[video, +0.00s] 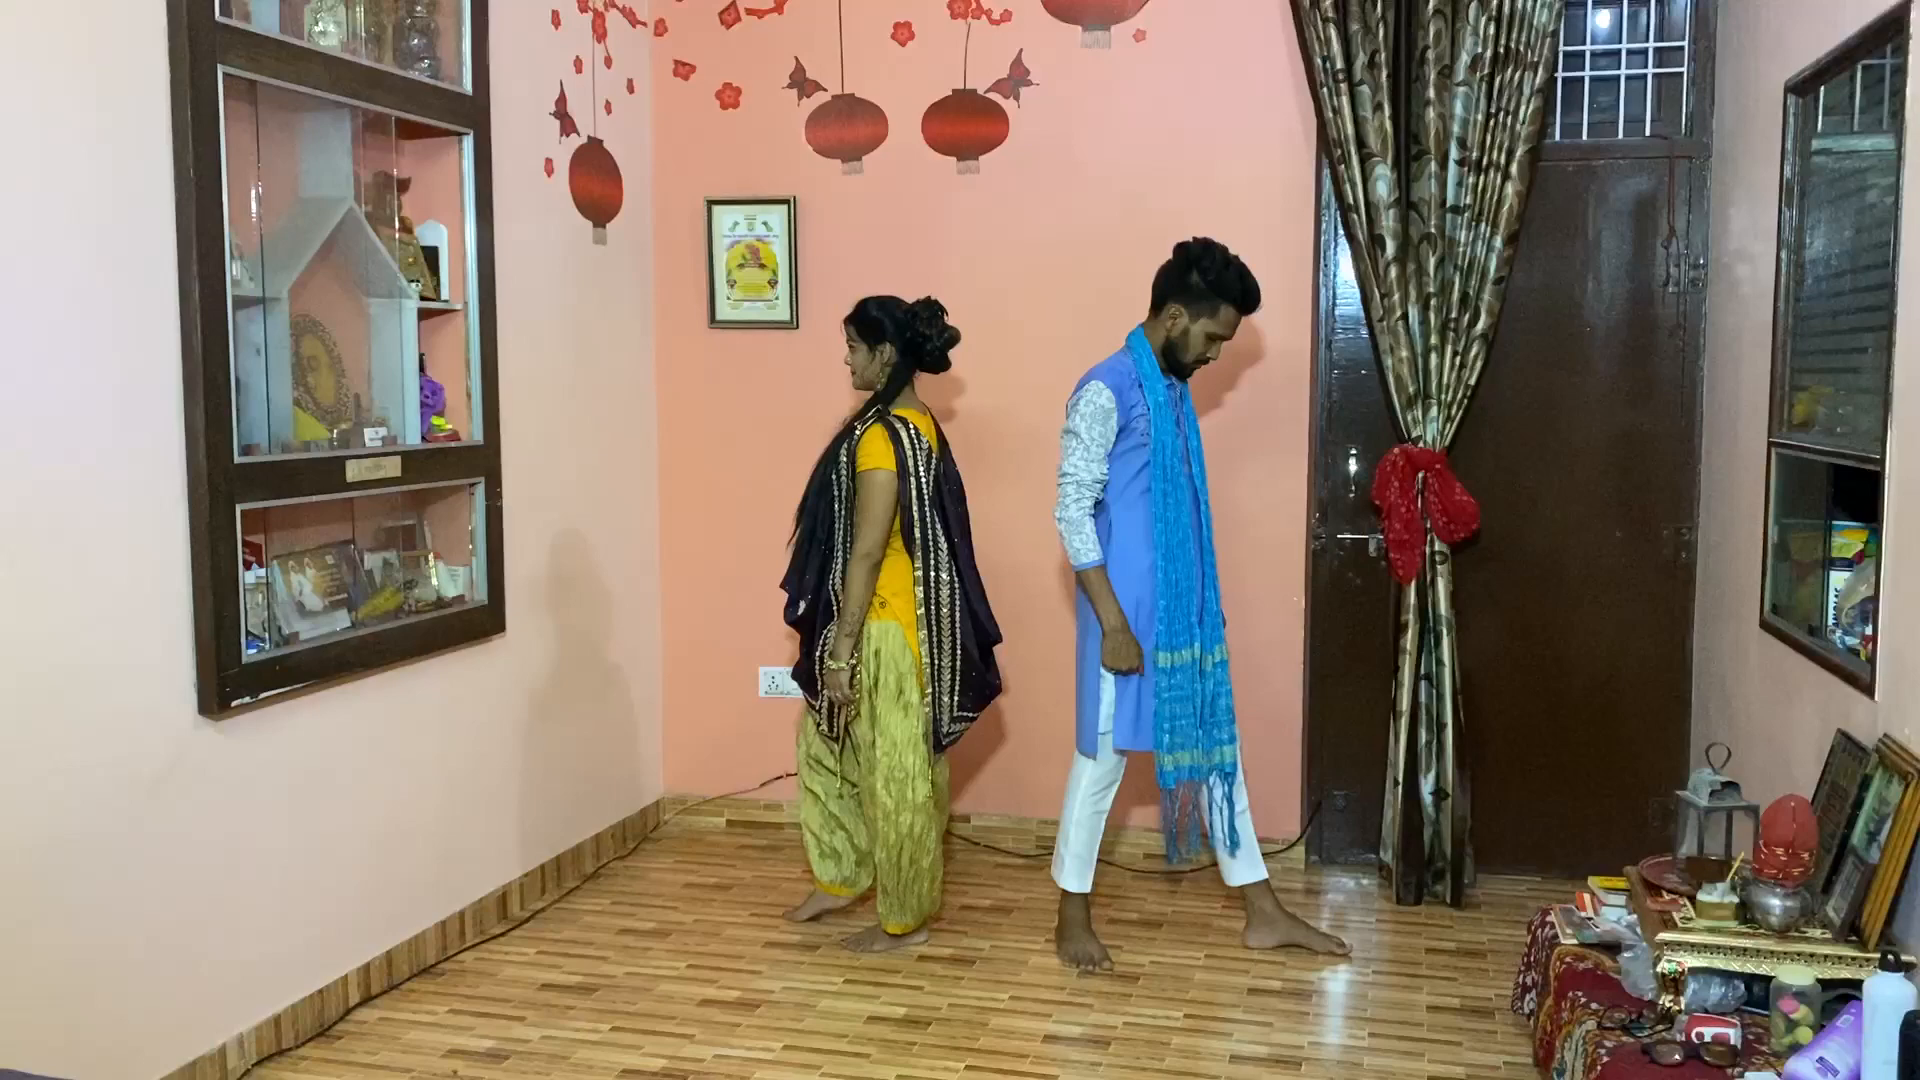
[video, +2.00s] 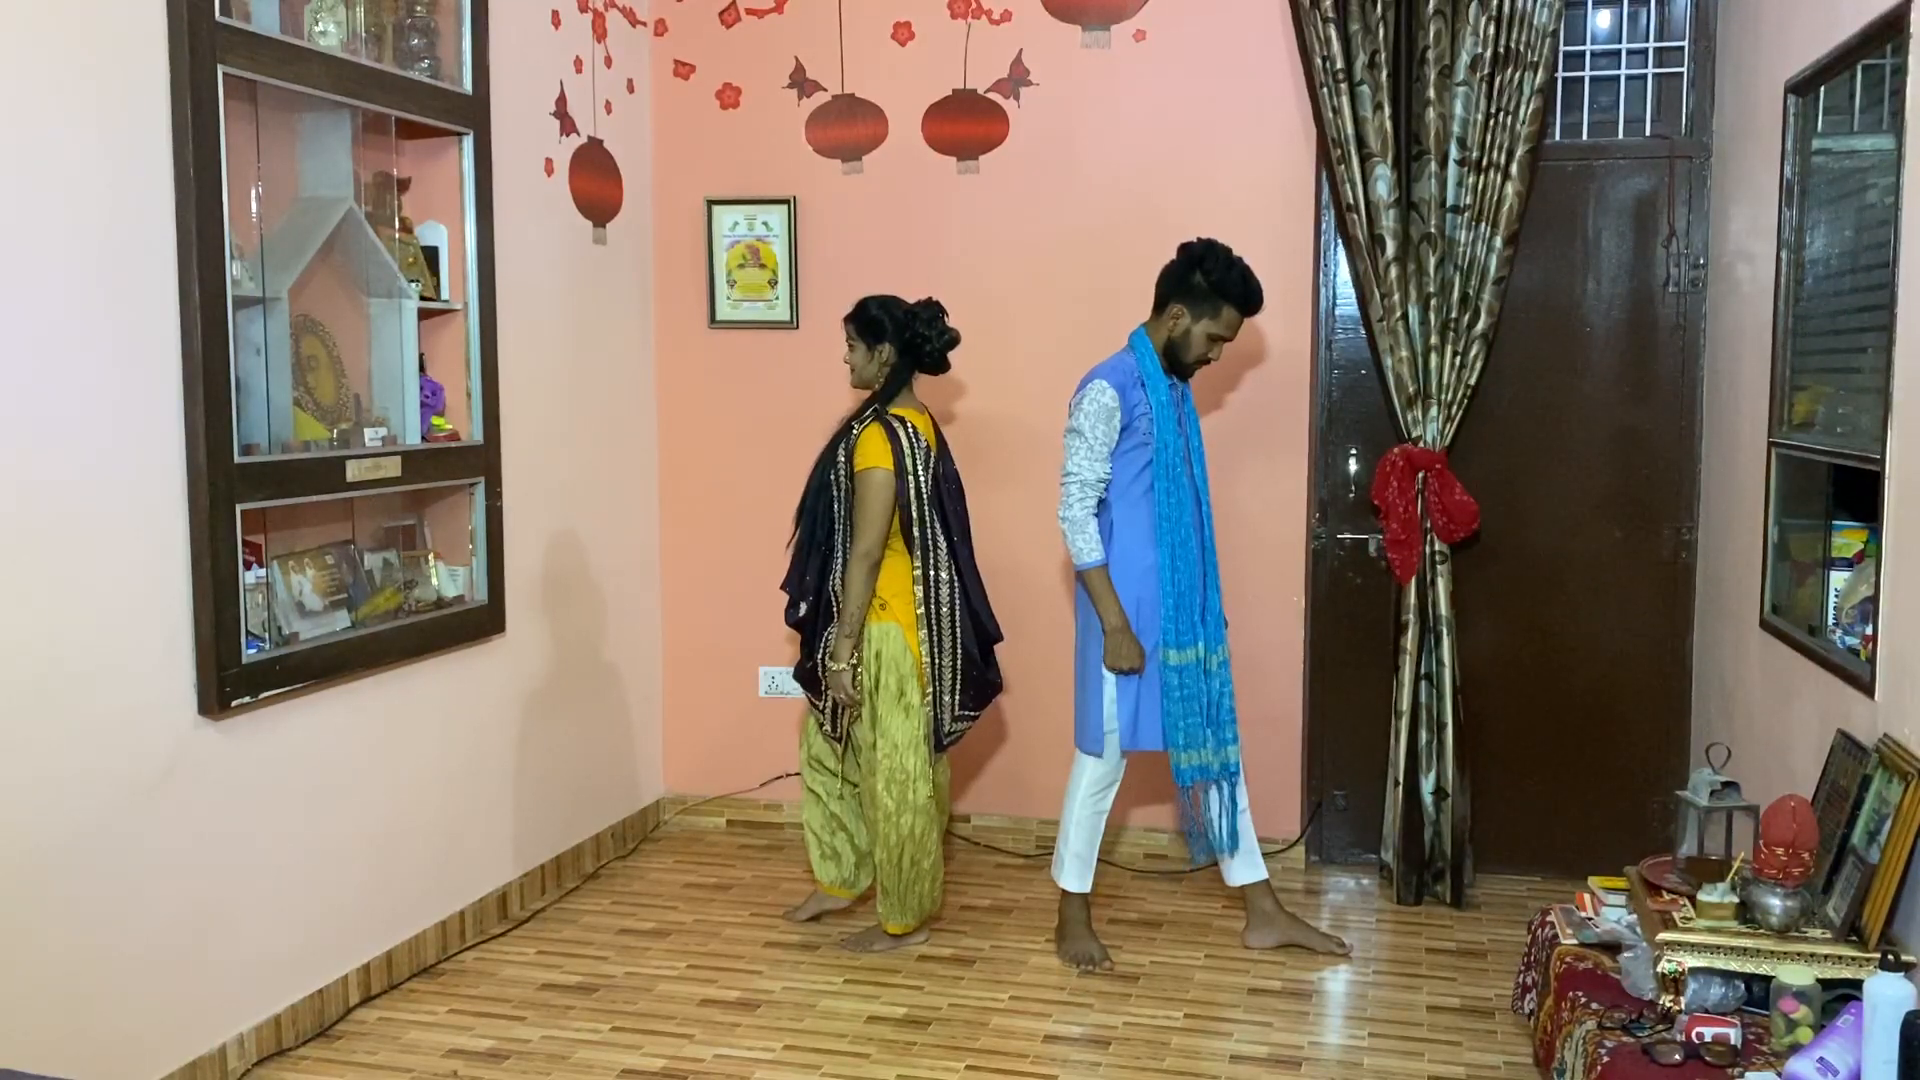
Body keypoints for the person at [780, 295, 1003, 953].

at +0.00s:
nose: (847, 361)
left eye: (855, 349)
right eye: (847, 348)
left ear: (887, 355)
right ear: (895, 356)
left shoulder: (882, 435)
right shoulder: (915, 425)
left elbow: (869, 550)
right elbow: (881, 546)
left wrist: (842, 646)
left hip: (885, 628)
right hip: (883, 619)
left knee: (896, 773)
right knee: (826, 748)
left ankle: (904, 916)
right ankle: (842, 875)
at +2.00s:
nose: (845, 359)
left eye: (854, 347)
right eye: (846, 346)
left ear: (887, 354)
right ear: (894, 354)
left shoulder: (880, 434)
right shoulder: (913, 423)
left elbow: (868, 551)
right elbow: (883, 547)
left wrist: (843, 648)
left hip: (886, 628)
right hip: (884, 618)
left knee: (896, 775)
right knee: (828, 752)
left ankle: (905, 915)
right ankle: (842, 878)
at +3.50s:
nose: (842, 359)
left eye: (850, 349)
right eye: (845, 348)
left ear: (880, 357)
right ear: (888, 358)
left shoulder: (877, 439)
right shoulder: (908, 426)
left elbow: (867, 558)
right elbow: (892, 552)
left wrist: (788, 618)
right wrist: (811, 614)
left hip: (880, 630)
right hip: (885, 623)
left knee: (889, 772)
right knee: (818, 745)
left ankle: (907, 915)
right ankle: (845, 880)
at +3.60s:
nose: (842, 374)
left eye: (849, 364)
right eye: (844, 363)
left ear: (878, 373)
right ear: (886, 374)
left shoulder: (884, 451)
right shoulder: (904, 437)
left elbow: (839, 548)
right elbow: (865, 511)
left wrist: (775, 519)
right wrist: (805, 499)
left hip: (883, 638)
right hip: (877, 629)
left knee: (883, 775)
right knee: (801, 742)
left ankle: (907, 917)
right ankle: (842, 884)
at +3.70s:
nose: (844, 371)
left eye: (852, 361)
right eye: (848, 360)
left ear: (880, 369)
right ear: (891, 372)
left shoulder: (890, 436)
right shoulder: (886, 432)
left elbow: (783, 423)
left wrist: (822, 408)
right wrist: (834, 414)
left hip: (879, 633)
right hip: (847, 628)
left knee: (879, 776)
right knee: (809, 763)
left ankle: (909, 916)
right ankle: (844, 890)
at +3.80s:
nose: (840, 333)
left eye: (848, 322)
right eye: (842, 323)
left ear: (873, 332)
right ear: (895, 335)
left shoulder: (874, 390)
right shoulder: (905, 400)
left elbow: (810, 313)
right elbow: (882, 317)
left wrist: (761, 257)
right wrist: (843, 266)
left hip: (865, 601)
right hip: (849, 598)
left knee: (882, 752)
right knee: (825, 739)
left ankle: (903, 908)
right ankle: (837, 868)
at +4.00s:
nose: (827, 330)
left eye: (835, 320)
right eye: (829, 320)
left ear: (864, 332)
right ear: (883, 334)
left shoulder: (868, 388)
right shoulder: (892, 382)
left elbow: (820, 342)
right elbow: (886, 306)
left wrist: (774, 278)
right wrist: (878, 229)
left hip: (871, 591)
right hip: (848, 586)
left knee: (879, 742)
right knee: (822, 723)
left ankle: (918, 895)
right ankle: (810, 855)